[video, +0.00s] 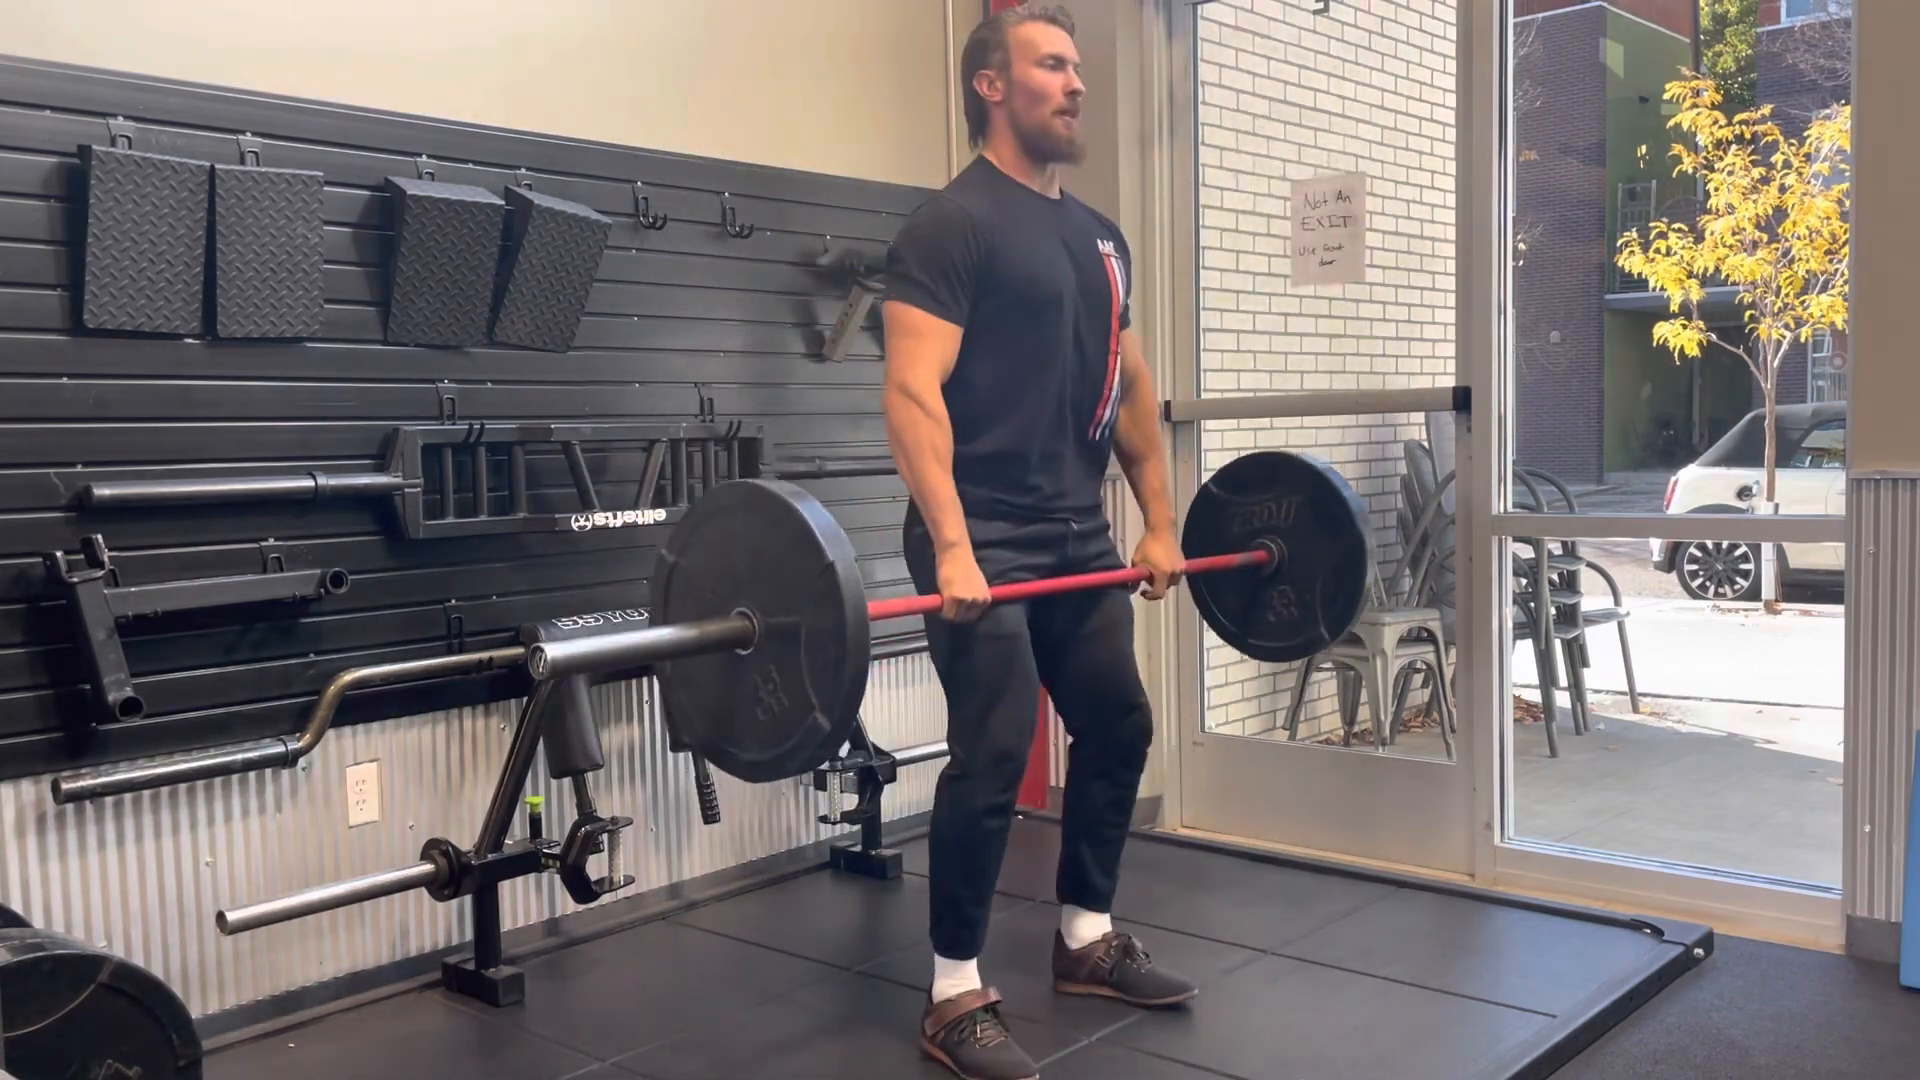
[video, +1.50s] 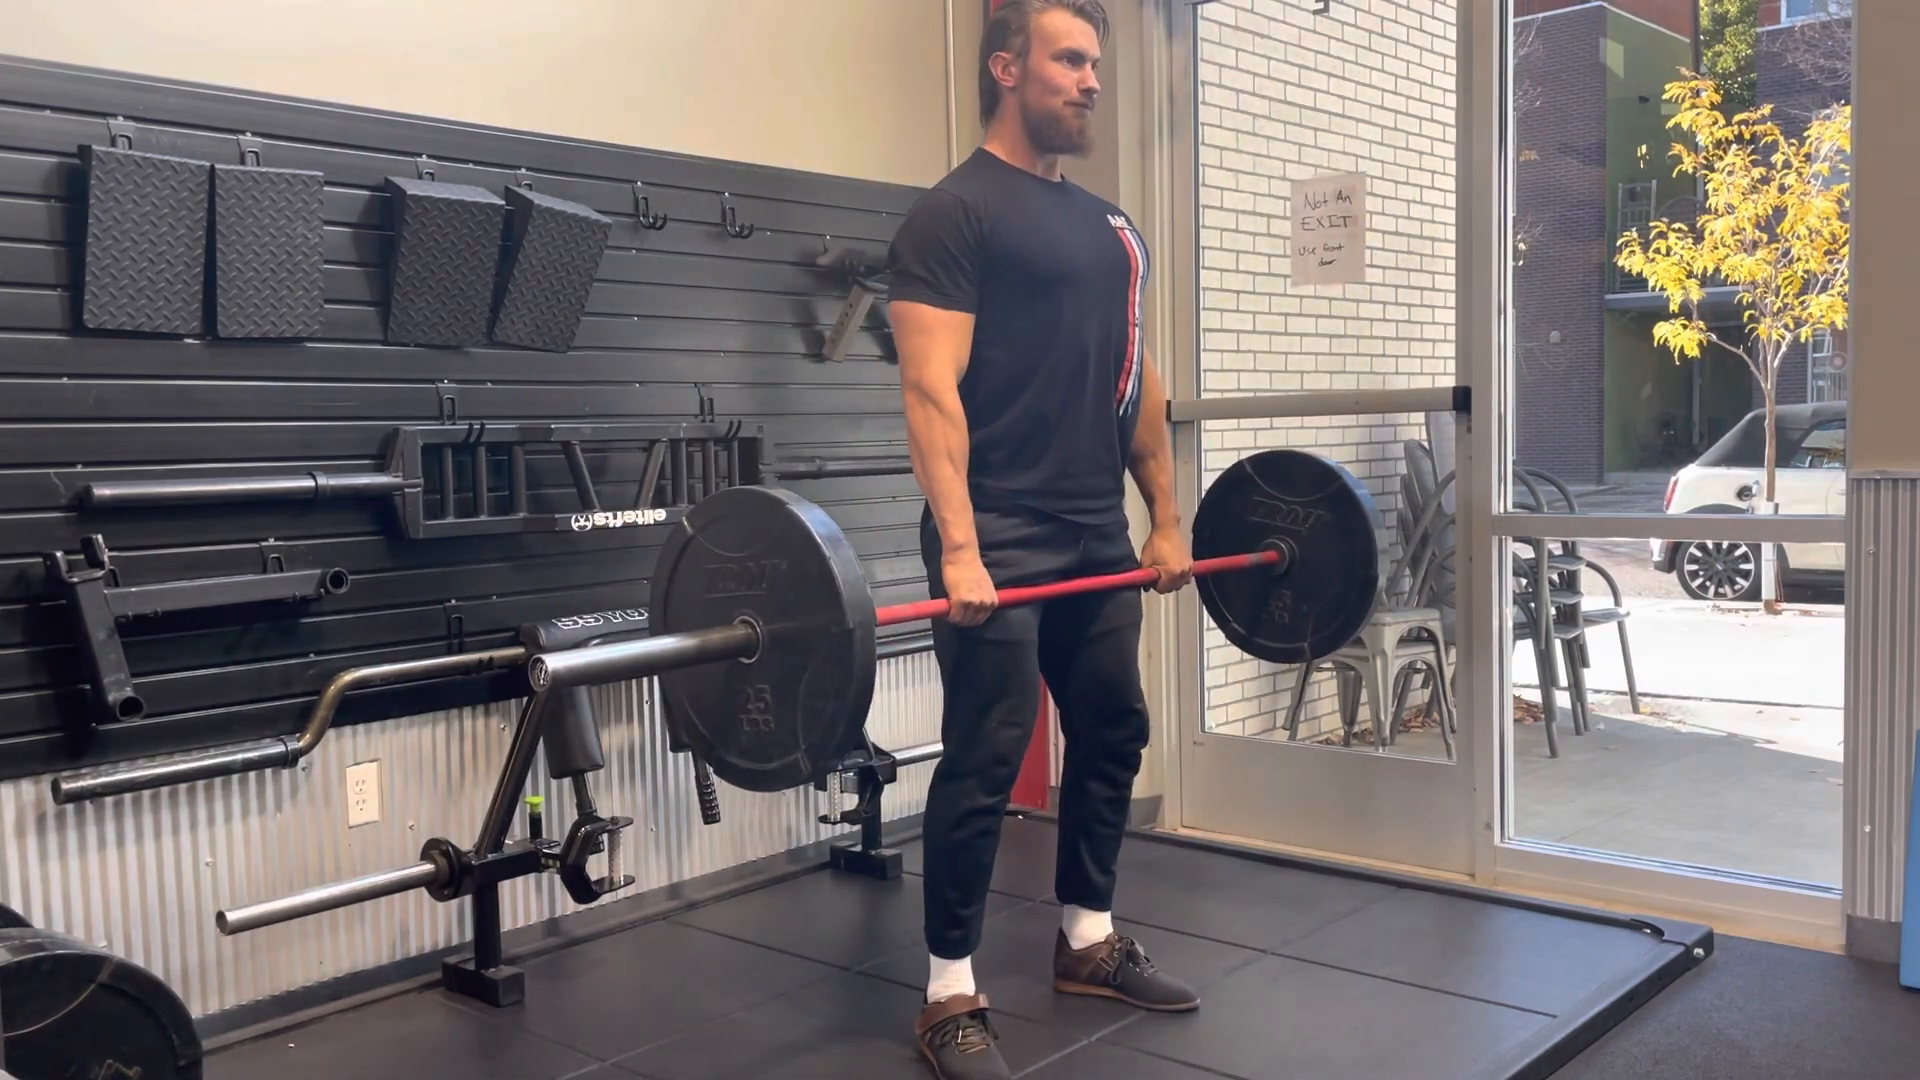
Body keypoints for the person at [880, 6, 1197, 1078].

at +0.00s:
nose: (1076, 82)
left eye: (1077, 67)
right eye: (1053, 64)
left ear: (1069, 91)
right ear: (989, 86)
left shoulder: (1097, 237)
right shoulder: (947, 224)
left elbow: (1129, 388)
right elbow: (909, 397)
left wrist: (1159, 521)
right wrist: (950, 543)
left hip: (1074, 529)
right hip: (974, 533)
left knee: (1117, 725)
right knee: (994, 744)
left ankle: (1086, 939)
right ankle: (956, 993)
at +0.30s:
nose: (1085, 79)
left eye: (1088, 63)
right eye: (1064, 59)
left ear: (1080, 82)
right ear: (997, 75)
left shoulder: (1101, 229)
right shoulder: (947, 217)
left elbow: (1130, 377)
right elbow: (906, 391)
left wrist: (1151, 515)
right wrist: (939, 543)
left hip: (1079, 526)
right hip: (975, 529)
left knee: (1108, 726)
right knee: (976, 750)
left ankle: (1085, 940)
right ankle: (951, 995)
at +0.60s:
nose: (1101, 84)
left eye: (1105, 67)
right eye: (1081, 62)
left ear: (1087, 84)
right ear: (1014, 72)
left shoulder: (1114, 228)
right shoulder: (956, 215)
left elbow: (1139, 379)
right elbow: (923, 392)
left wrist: (1160, 520)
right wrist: (951, 548)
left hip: (1085, 530)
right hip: (983, 533)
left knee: (1115, 729)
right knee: (988, 746)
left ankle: (1086, 941)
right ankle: (949, 995)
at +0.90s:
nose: (1100, 79)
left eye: (1104, 62)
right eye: (1080, 58)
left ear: (1088, 79)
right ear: (1013, 69)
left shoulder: (1117, 222)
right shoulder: (957, 212)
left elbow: (1143, 378)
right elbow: (930, 392)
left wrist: (1170, 519)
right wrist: (958, 546)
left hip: (1094, 528)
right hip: (991, 532)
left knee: (1115, 731)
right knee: (987, 755)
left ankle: (1087, 941)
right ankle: (950, 994)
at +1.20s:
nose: (1100, 81)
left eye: (1104, 64)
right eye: (1079, 59)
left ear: (1094, 81)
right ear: (1013, 68)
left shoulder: (1121, 228)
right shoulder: (956, 213)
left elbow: (1141, 388)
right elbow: (933, 392)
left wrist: (1169, 522)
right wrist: (960, 546)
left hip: (1096, 529)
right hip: (993, 532)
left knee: (1114, 731)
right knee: (989, 752)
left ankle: (1087, 940)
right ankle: (951, 993)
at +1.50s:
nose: (1093, 80)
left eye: (1097, 64)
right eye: (1072, 59)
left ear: (1087, 80)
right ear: (1005, 69)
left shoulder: (1111, 228)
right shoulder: (949, 214)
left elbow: (1136, 383)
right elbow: (930, 395)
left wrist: (1165, 520)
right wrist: (957, 547)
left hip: (1096, 528)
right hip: (992, 530)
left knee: (1111, 731)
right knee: (987, 750)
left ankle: (1087, 941)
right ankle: (950, 992)